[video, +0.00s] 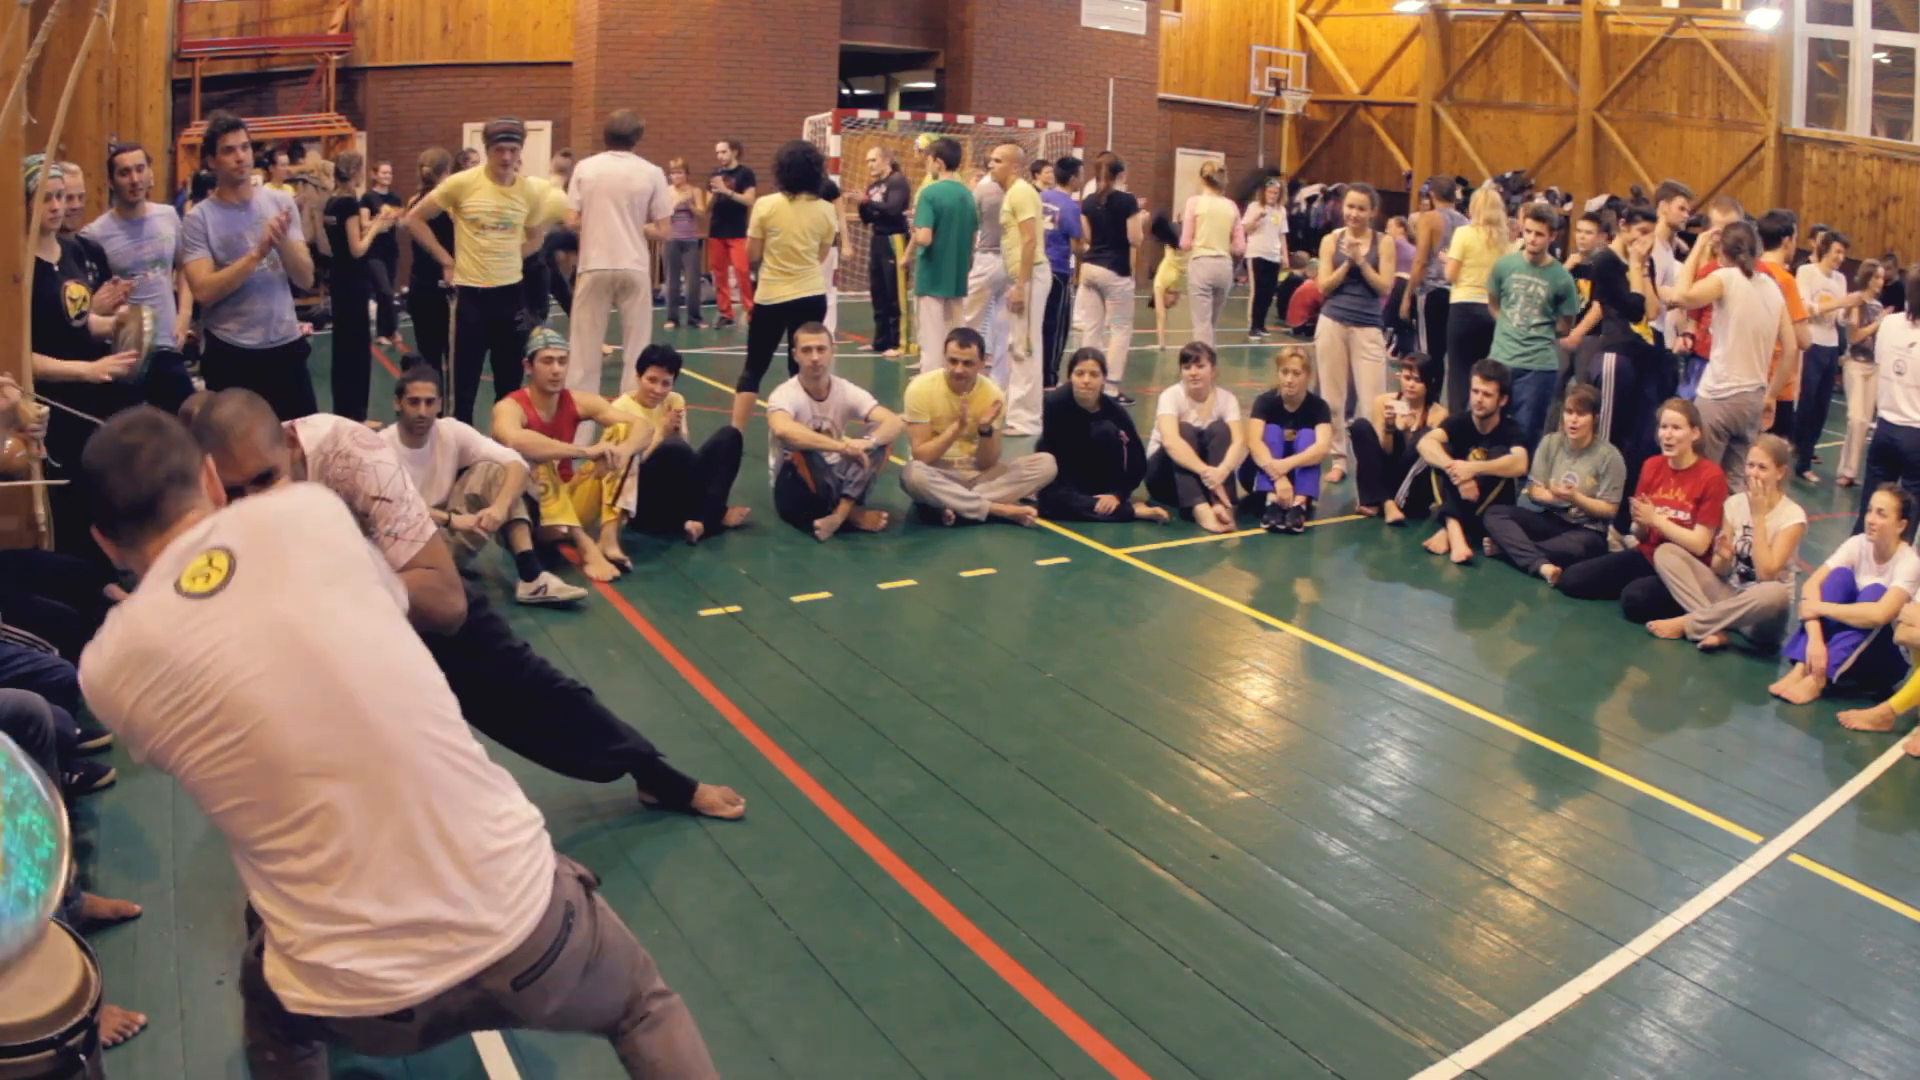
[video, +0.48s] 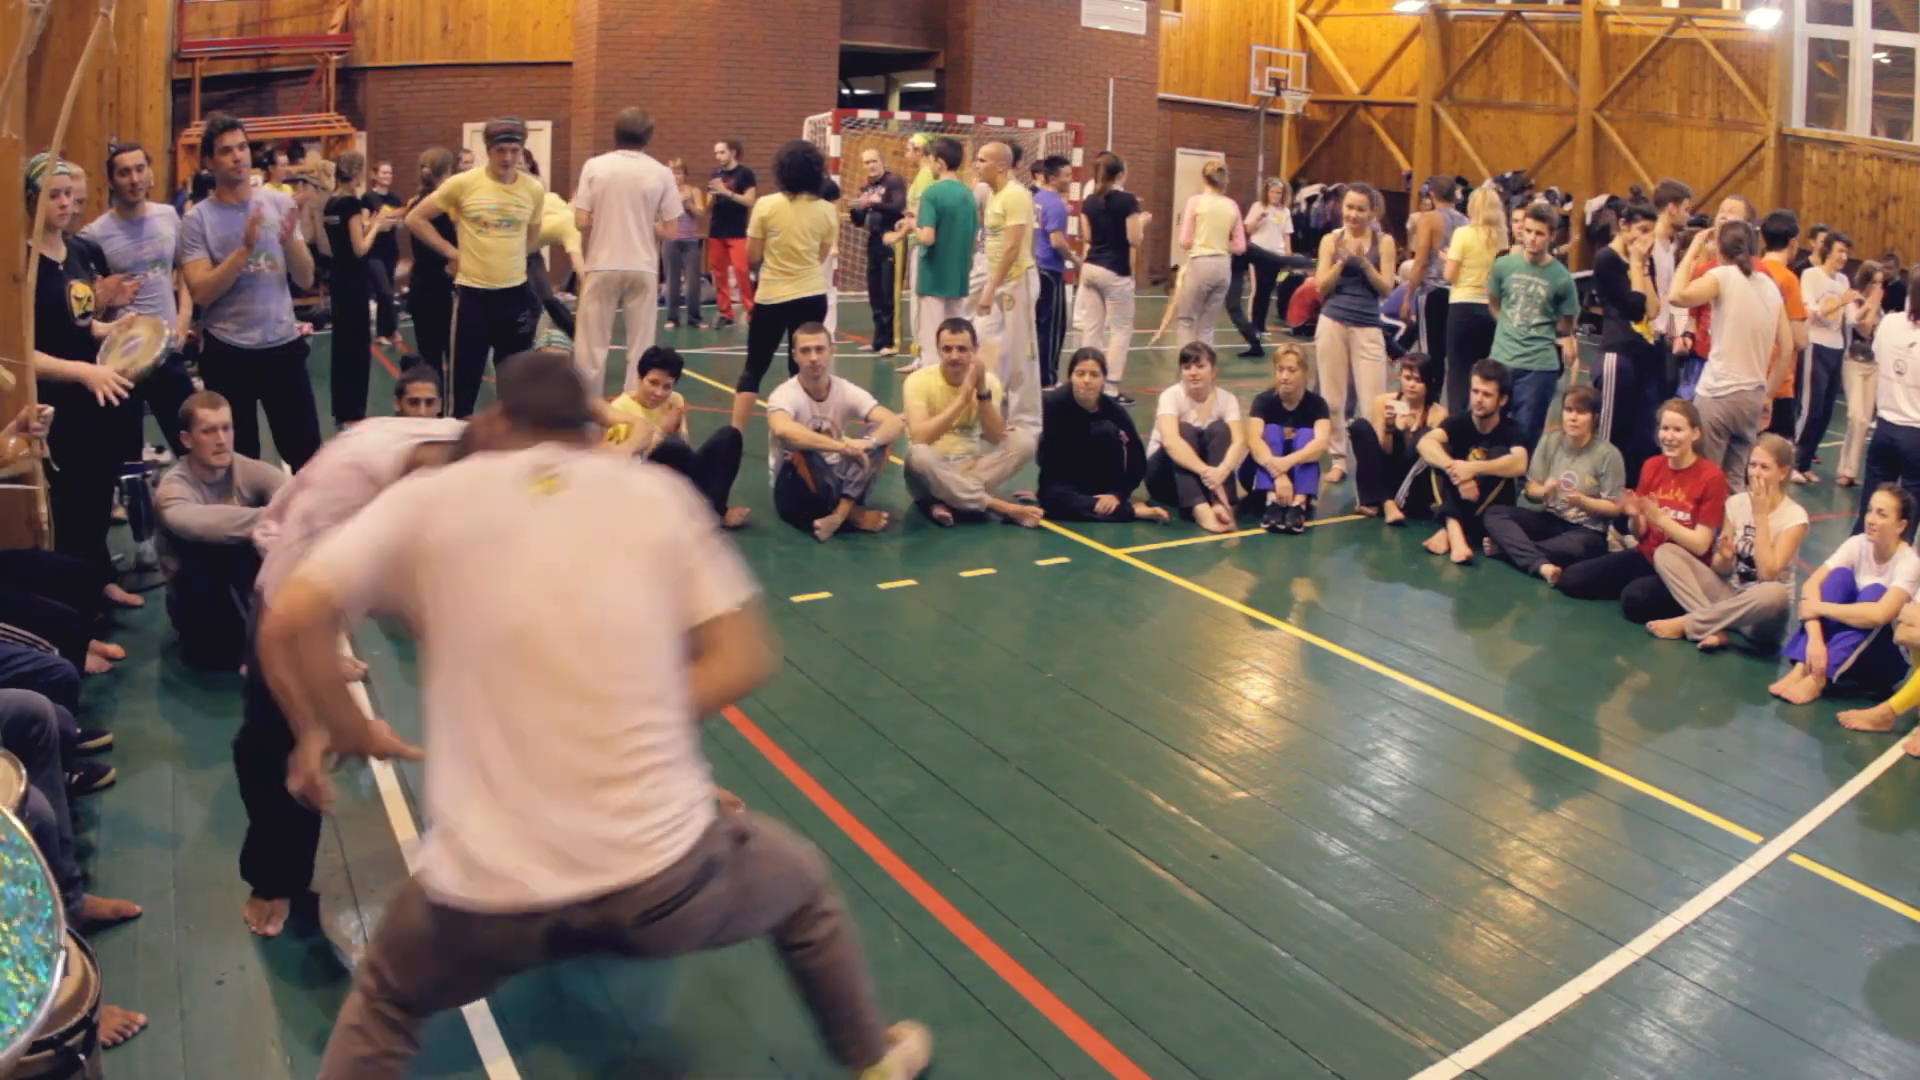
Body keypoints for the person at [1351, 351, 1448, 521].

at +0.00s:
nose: (1411, 385)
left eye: (1418, 380)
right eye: (1407, 378)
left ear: (1430, 383)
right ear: (1399, 378)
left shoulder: (1438, 414)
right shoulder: (1383, 402)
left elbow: (1420, 455)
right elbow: (1386, 452)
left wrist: (1408, 433)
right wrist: (1389, 426)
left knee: (1425, 439)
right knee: (1360, 426)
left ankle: (1374, 501)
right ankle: (1387, 501)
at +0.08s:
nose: (1411, 385)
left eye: (1418, 380)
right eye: (1407, 378)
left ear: (1430, 383)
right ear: (1399, 378)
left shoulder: (1438, 414)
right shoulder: (1383, 402)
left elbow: (1419, 455)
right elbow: (1387, 452)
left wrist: (1408, 433)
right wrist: (1389, 426)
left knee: (1426, 438)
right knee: (1360, 426)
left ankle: (1374, 501)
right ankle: (1387, 501)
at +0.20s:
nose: (1411, 385)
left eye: (1418, 380)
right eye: (1407, 378)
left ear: (1430, 383)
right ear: (1400, 378)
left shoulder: (1438, 414)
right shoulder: (1383, 402)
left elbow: (1419, 455)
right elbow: (1387, 452)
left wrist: (1408, 433)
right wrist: (1389, 426)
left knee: (1426, 438)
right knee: (1359, 426)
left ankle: (1374, 501)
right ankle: (1387, 501)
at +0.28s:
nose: (1411, 385)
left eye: (1418, 380)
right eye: (1407, 378)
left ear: (1430, 383)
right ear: (1400, 378)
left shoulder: (1438, 414)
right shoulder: (1383, 402)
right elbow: (1386, 451)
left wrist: (1408, 433)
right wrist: (1389, 426)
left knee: (1426, 437)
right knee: (1359, 426)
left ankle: (1374, 500)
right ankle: (1387, 501)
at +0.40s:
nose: (1411, 385)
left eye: (1418, 380)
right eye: (1407, 378)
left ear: (1430, 383)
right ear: (1400, 378)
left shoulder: (1438, 414)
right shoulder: (1383, 402)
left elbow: (1420, 455)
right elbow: (1386, 451)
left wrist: (1408, 433)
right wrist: (1389, 426)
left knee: (1425, 439)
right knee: (1359, 426)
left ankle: (1374, 501)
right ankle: (1387, 501)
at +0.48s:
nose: (1411, 385)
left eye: (1418, 380)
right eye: (1407, 378)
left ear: (1430, 383)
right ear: (1400, 379)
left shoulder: (1438, 414)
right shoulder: (1383, 402)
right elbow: (1386, 451)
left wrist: (1408, 433)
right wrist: (1389, 426)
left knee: (1426, 438)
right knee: (1359, 426)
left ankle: (1373, 500)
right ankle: (1387, 501)